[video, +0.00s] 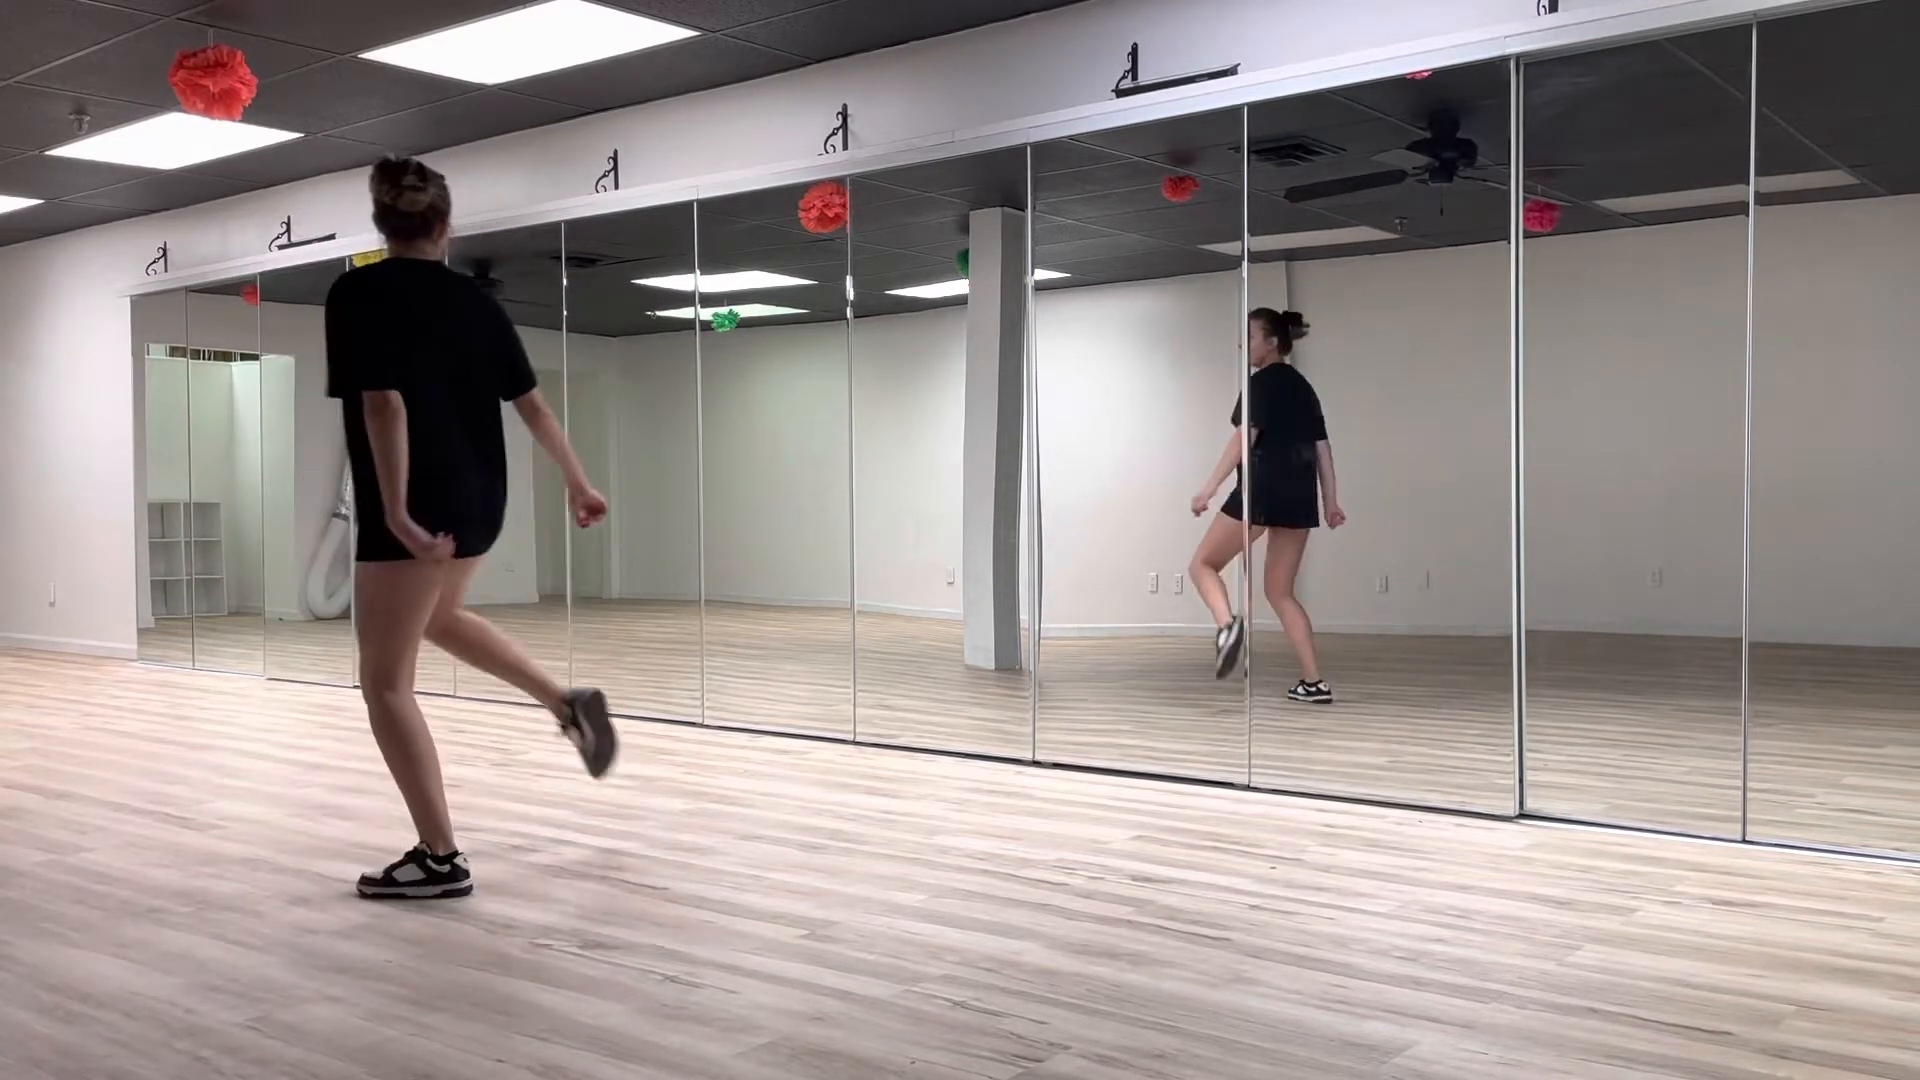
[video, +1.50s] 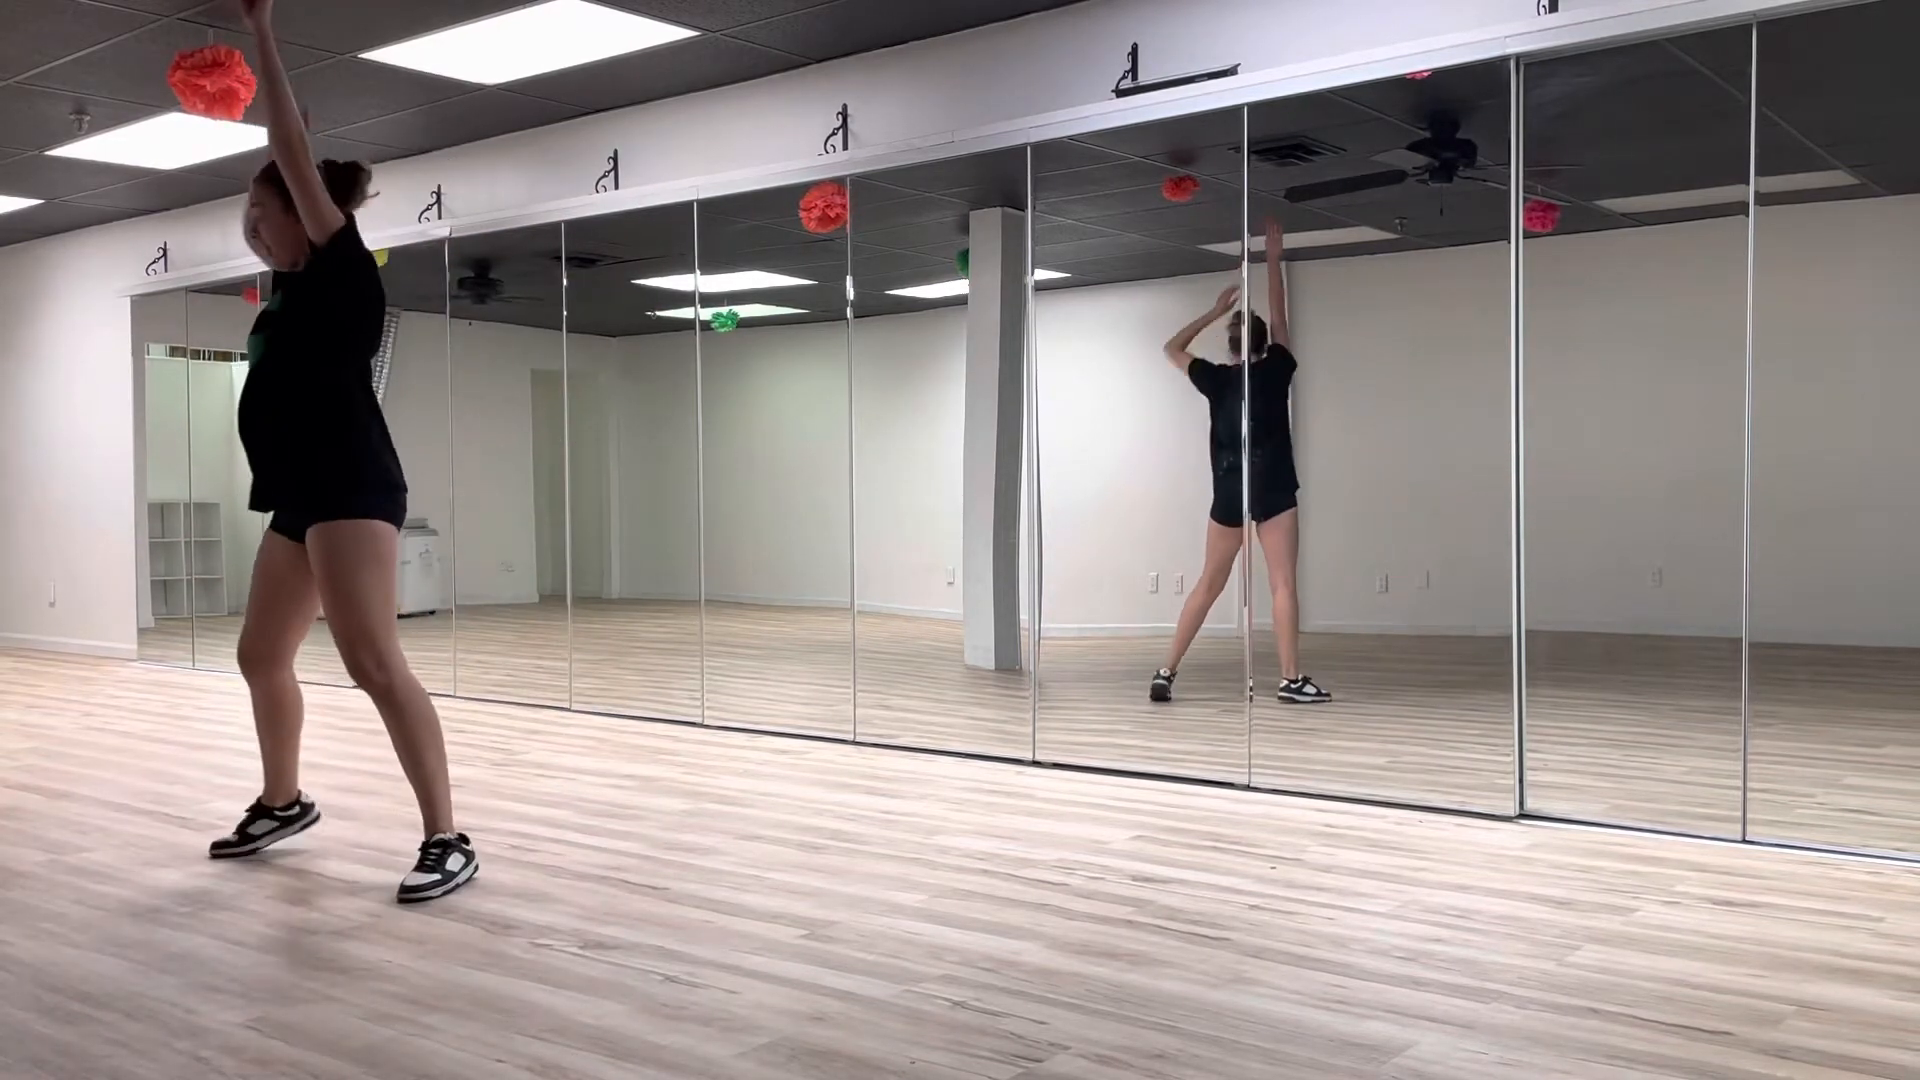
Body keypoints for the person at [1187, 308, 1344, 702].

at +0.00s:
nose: (1246, 343)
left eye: (1251, 336)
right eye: (1246, 336)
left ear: (1272, 341)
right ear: (1278, 342)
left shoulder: (1258, 385)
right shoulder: (1304, 387)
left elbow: (1241, 440)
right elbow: (1322, 447)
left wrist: (1208, 489)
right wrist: (1331, 500)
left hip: (1257, 494)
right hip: (1300, 499)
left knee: (1203, 566)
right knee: (1280, 591)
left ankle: (1226, 625)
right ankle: (1313, 681)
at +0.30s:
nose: (1221, 345)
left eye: (1229, 339)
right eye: (1223, 338)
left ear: (1251, 343)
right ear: (1260, 345)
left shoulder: (1228, 383)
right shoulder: (1288, 389)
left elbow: (1205, 441)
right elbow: (1302, 450)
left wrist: (1173, 493)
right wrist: (1313, 503)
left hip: (1215, 487)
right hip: (1264, 493)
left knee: (1183, 579)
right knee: (1270, 588)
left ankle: (1147, 668)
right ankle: (1299, 679)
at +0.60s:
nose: (1214, 360)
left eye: (1212, 355)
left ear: (1211, 358)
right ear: (1245, 358)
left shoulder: (1189, 399)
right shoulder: (1260, 402)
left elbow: (1164, 461)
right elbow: (1258, 471)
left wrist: (1167, 508)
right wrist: (1261, 530)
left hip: (1188, 509)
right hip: (1235, 510)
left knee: (1180, 593)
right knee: (1262, 594)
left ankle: (1147, 682)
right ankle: (1284, 675)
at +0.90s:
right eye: (1240, 331)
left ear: (1210, 335)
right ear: (1244, 335)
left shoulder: (1193, 371)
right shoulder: (1266, 370)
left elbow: (1165, 355)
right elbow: (1317, 360)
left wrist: (1205, 347)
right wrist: (1294, 336)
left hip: (1201, 484)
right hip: (1248, 484)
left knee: (1180, 577)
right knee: (1277, 575)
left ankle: (1147, 667)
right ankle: (1290, 665)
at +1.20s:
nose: (1247, 331)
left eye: (1239, 327)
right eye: (1246, 329)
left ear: (1214, 342)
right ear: (1248, 341)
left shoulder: (1204, 372)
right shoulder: (1260, 369)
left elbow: (1220, 319)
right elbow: (1265, 309)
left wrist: (1237, 265)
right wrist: (1263, 257)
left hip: (1214, 485)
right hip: (1258, 484)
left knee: (1193, 590)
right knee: (1275, 583)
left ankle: (1162, 679)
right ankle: (1292, 677)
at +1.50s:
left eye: (1236, 335)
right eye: (1261, 332)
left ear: (1229, 343)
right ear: (1266, 340)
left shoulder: (1216, 378)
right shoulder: (1276, 370)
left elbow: (1174, 349)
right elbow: (1278, 310)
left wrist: (1213, 314)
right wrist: (1274, 253)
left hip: (1228, 490)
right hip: (1275, 486)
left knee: (1209, 584)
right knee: (1282, 585)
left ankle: (1167, 671)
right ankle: (1291, 679)